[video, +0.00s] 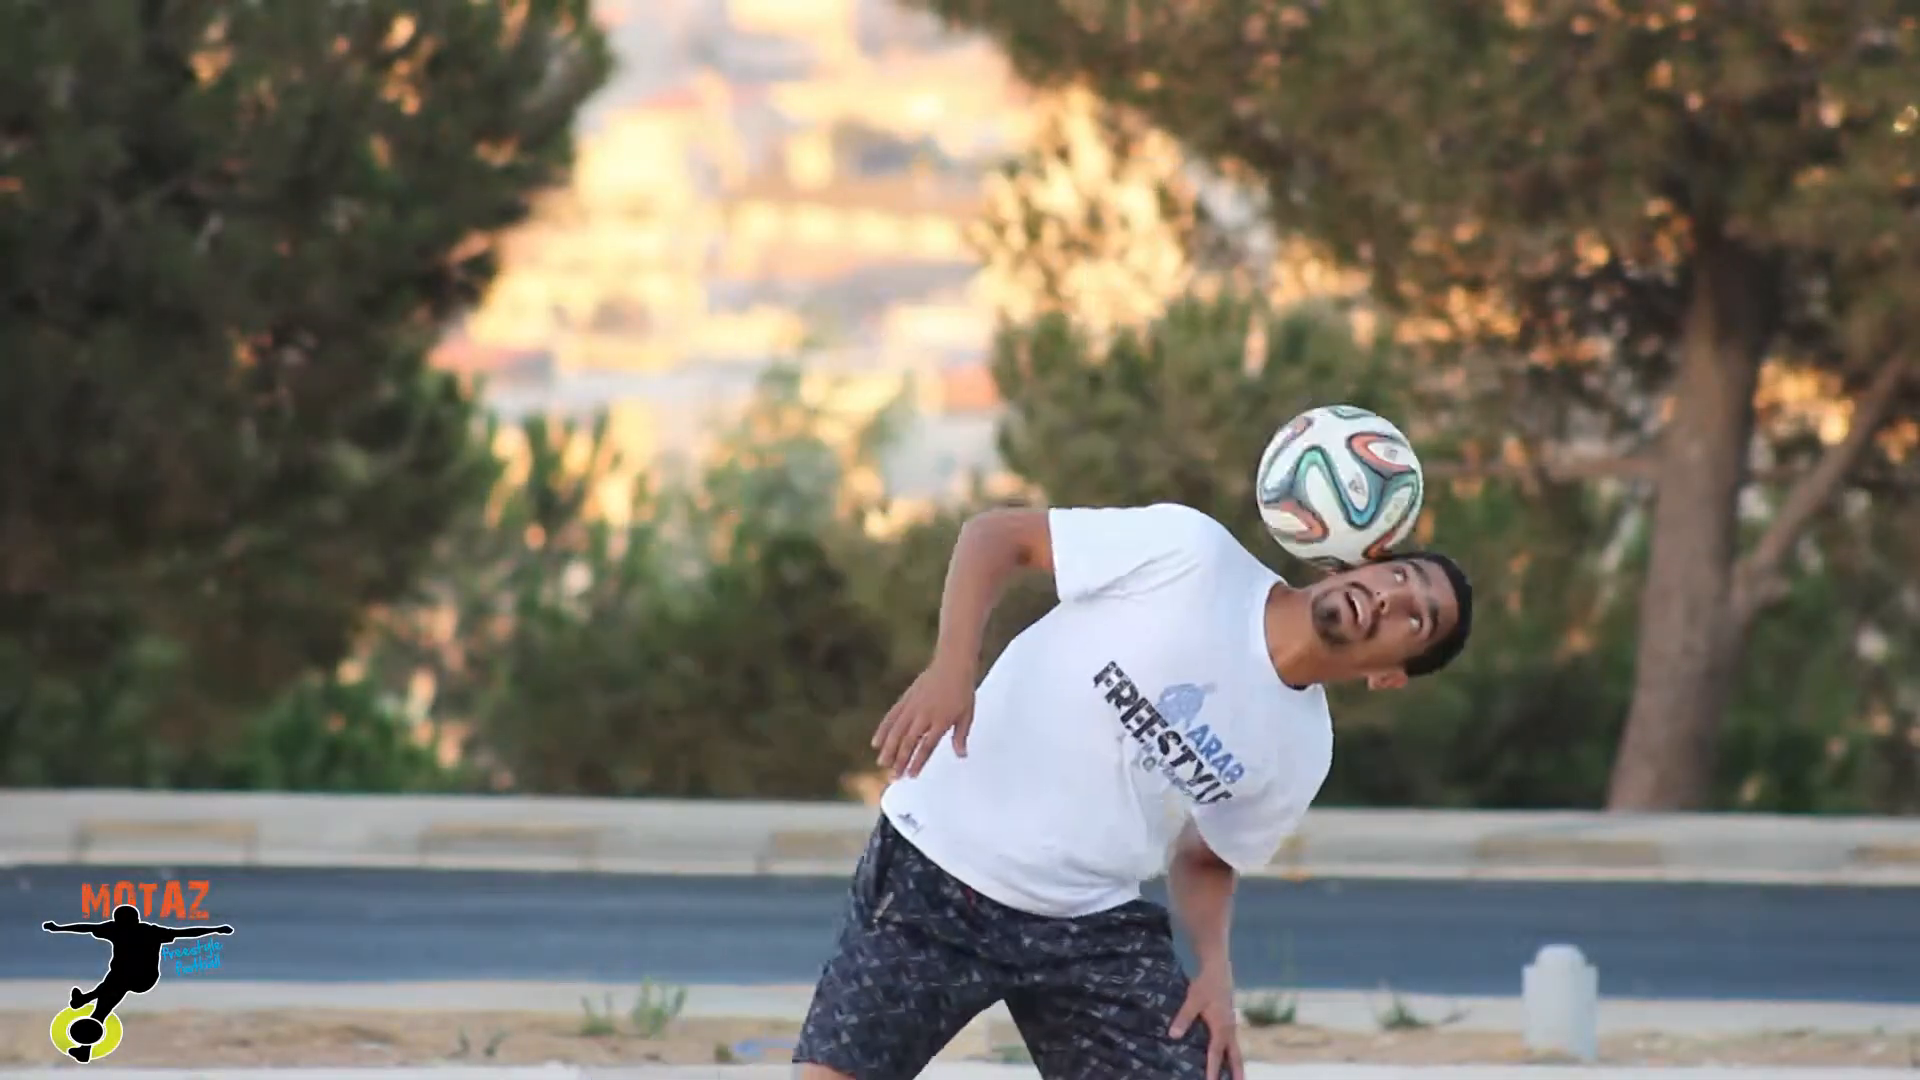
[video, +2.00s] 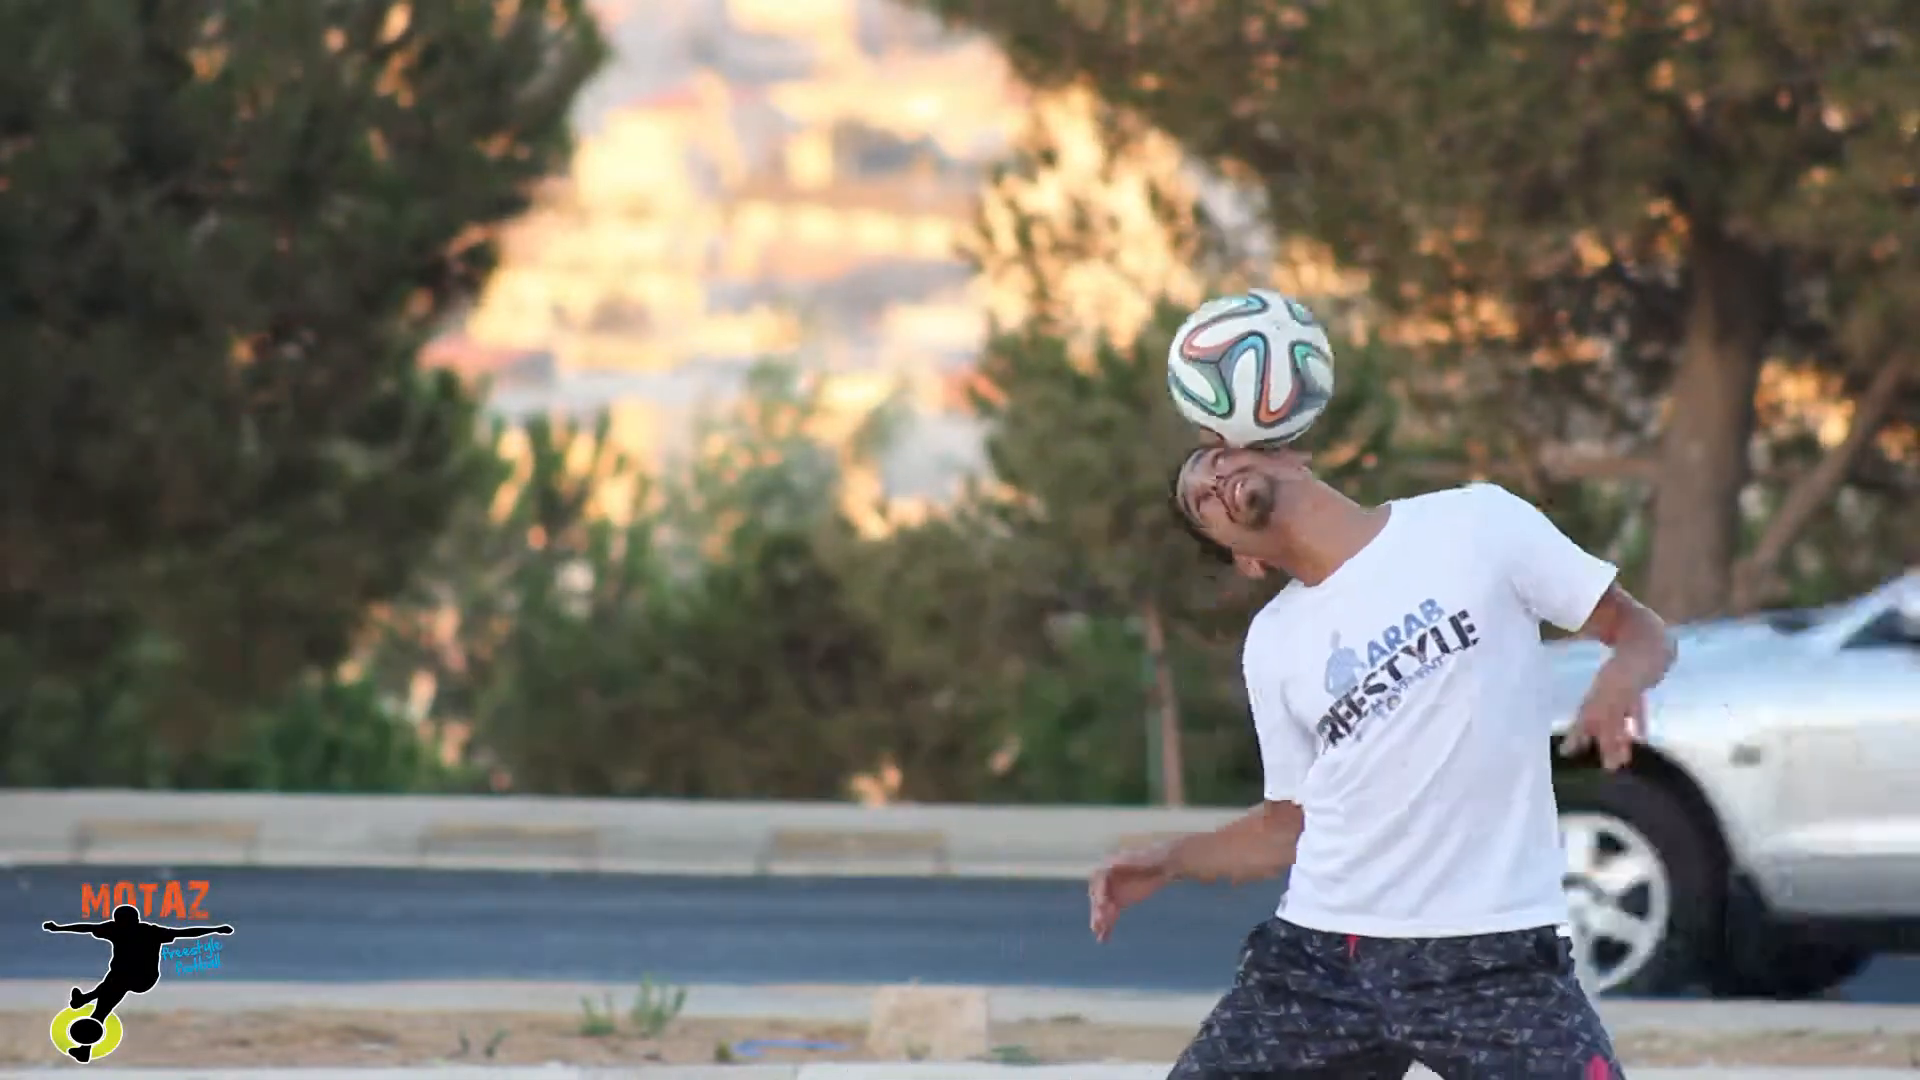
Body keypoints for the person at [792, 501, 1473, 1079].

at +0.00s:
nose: (1385, 593)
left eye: (1413, 617)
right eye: (1396, 570)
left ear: (1386, 677)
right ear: (1354, 560)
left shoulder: (1301, 753)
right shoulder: (1186, 550)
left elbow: (1205, 860)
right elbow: (996, 533)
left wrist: (1214, 969)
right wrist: (951, 666)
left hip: (1090, 931)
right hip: (928, 885)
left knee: (1194, 1070)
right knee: (829, 1071)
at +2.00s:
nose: (1218, 482)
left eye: (1222, 463)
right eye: (1206, 503)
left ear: (1291, 457)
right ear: (1246, 558)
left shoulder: (1480, 521)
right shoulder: (1272, 644)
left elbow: (1643, 632)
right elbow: (1290, 824)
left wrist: (1618, 684)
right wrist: (1173, 859)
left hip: (1500, 976)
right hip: (1313, 976)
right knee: (1200, 1071)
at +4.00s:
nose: (1113, 376)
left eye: (1130, 360)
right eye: (1089, 390)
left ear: (1196, 392)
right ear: (1106, 465)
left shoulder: (1349, 479)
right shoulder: (1117, 580)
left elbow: (1539, 566)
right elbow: (1122, 758)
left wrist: (1493, 577)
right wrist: (1026, 821)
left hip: (1358, 936)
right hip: (1176, 940)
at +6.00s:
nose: (1562, 504)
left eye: (1592, 529)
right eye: (1574, 488)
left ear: (1570, 600)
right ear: (1536, 484)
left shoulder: (1513, 690)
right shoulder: (1338, 505)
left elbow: (1474, 828)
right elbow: (1174, 553)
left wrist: (1547, 993)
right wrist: (1095, 644)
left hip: (1360, 949)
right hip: (1179, 924)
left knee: (1461, 1068)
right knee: (1080, 1065)